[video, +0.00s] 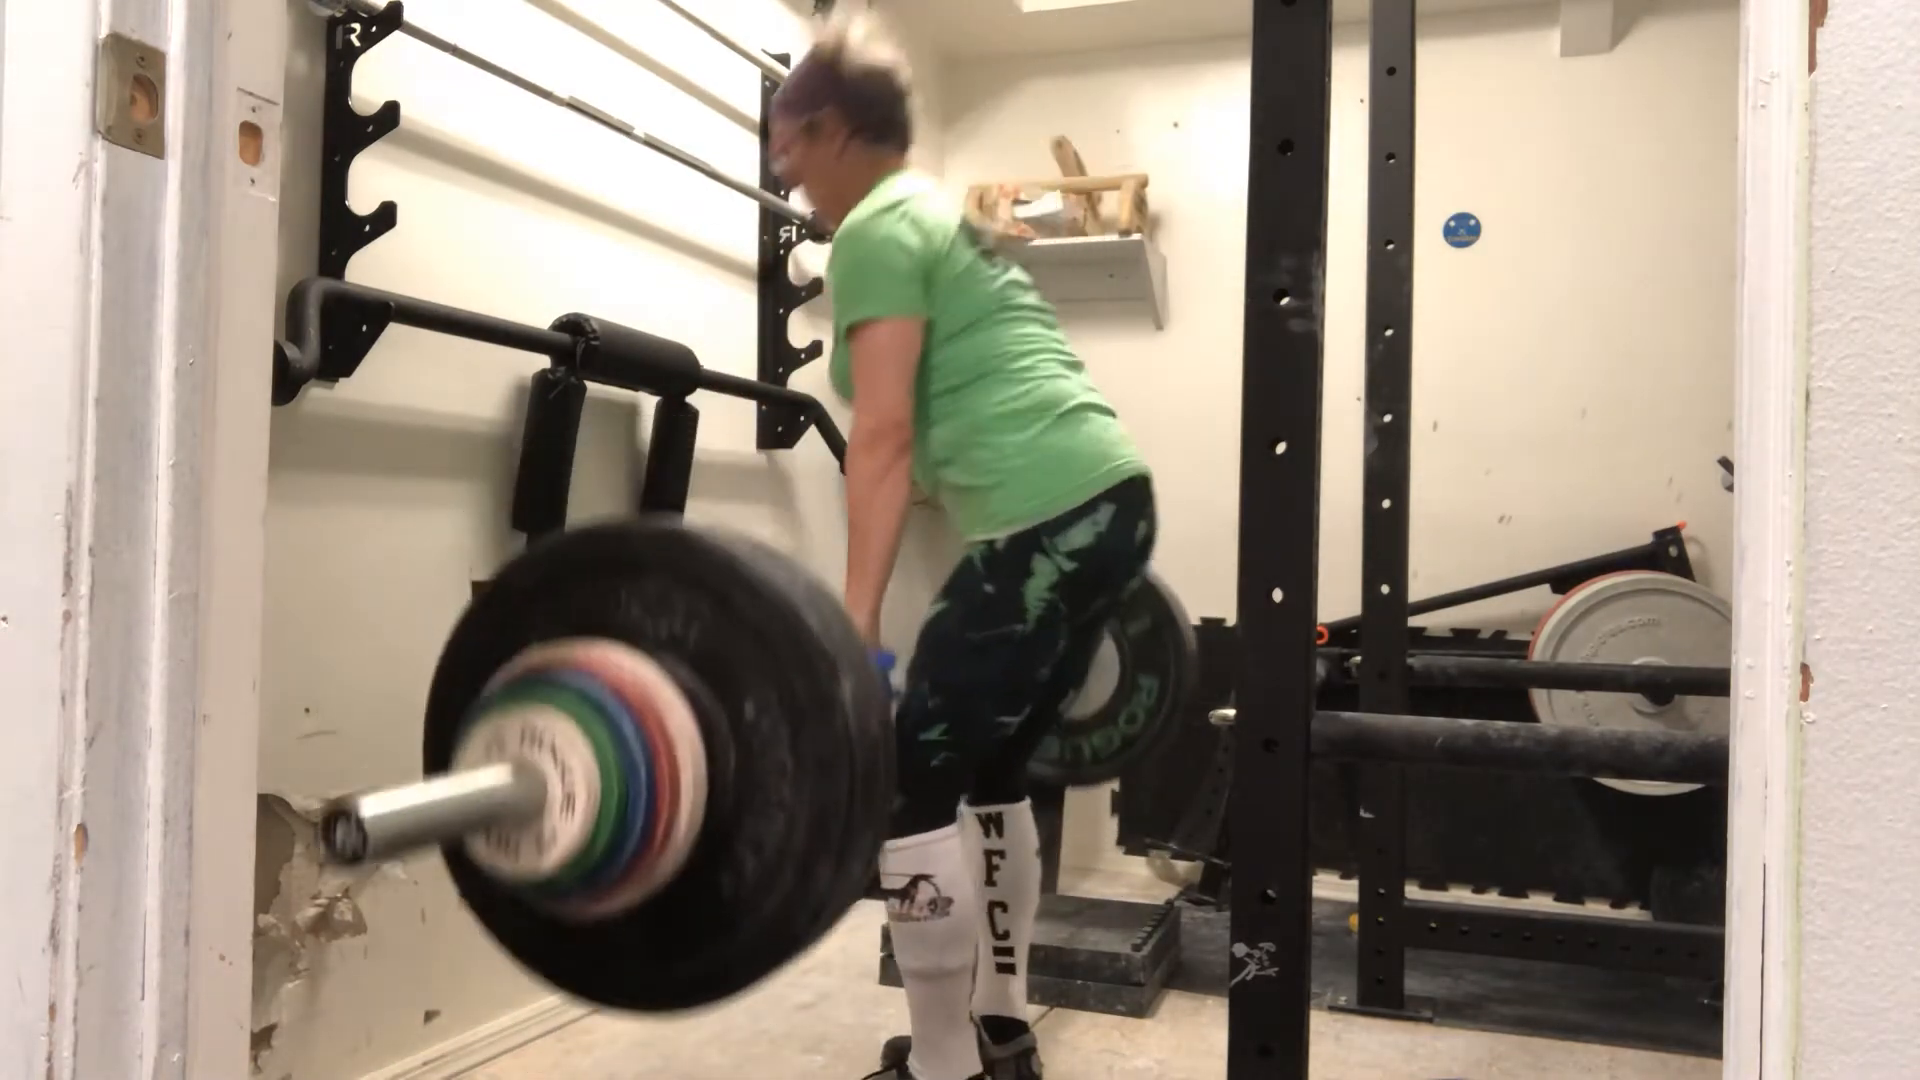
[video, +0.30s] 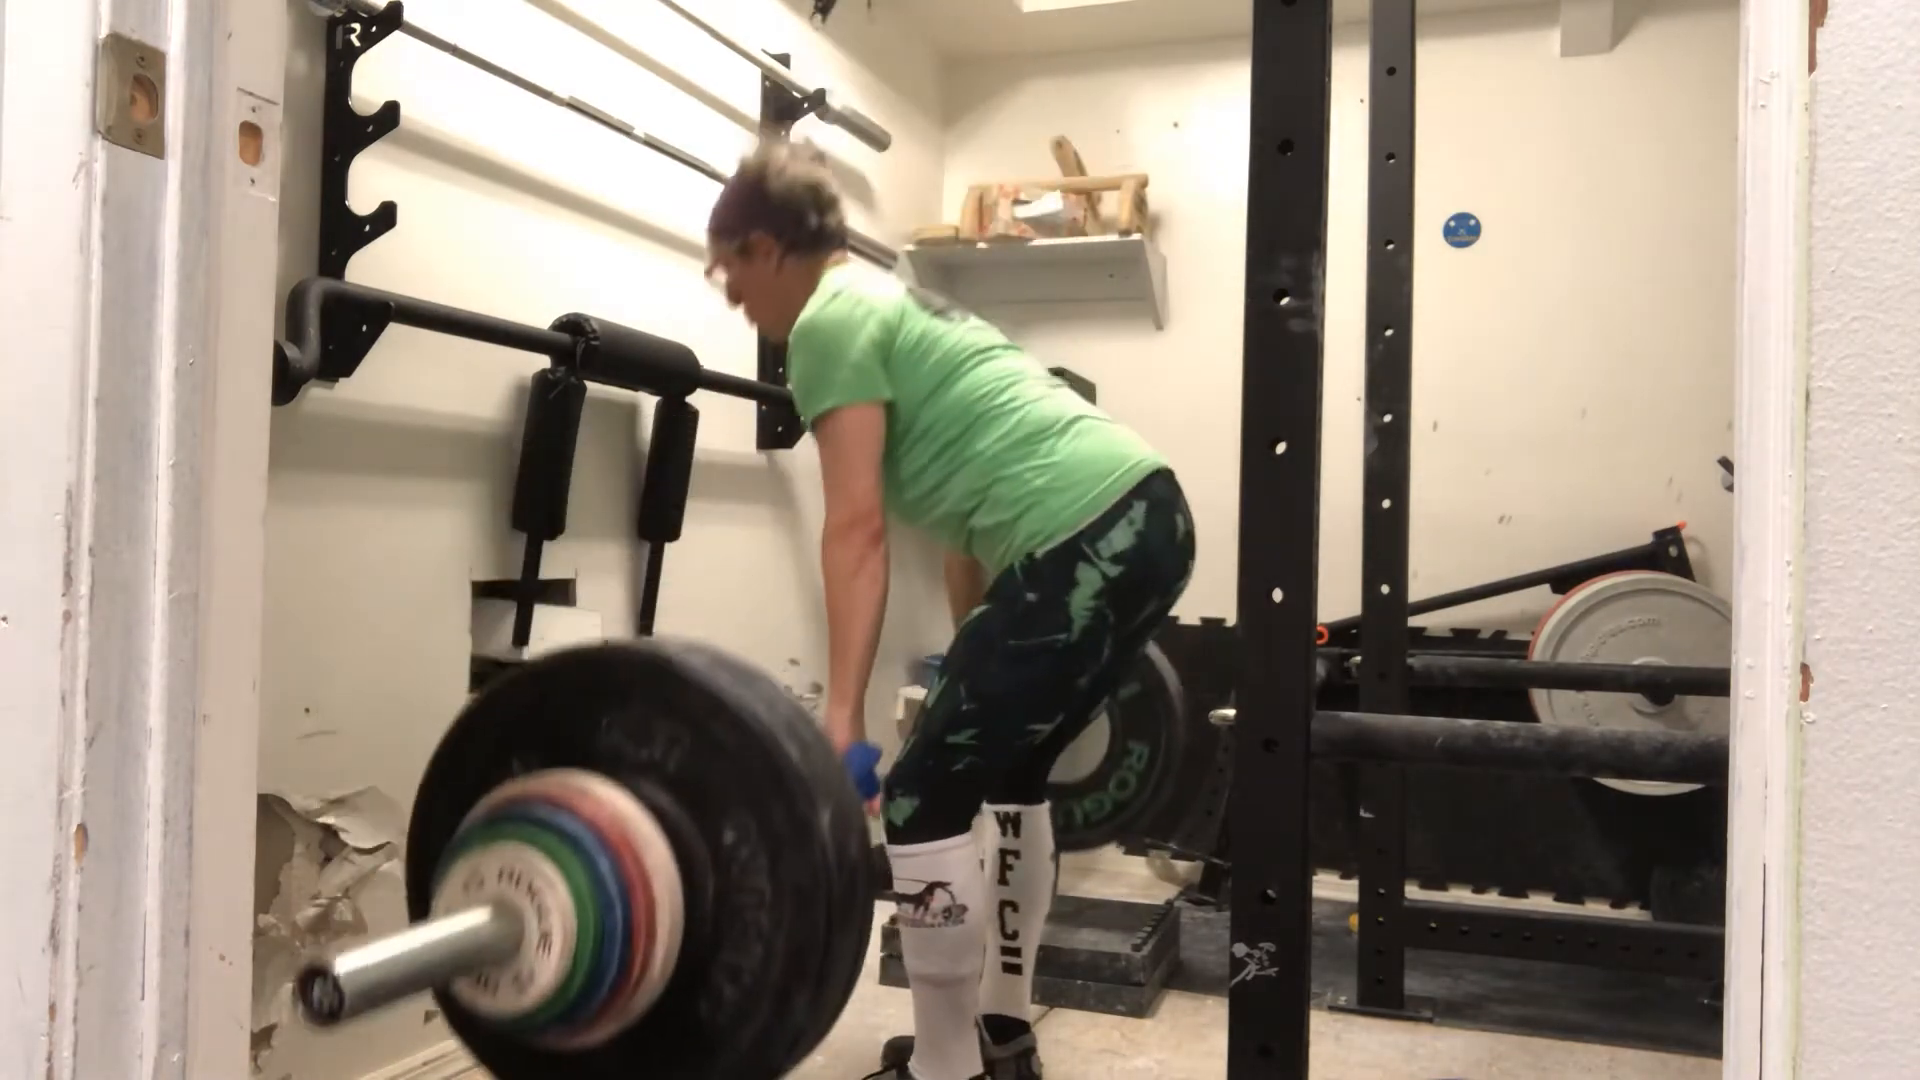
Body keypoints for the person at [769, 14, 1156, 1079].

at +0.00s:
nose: (784, 172)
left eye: (791, 145)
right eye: (782, 150)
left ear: (846, 130)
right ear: (863, 133)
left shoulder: (880, 230)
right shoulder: (935, 217)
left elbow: (883, 441)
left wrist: (856, 624)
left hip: (1050, 520)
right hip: (1101, 500)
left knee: (916, 769)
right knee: (995, 763)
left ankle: (941, 1061)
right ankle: (999, 1022)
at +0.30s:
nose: (725, 288)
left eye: (728, 263)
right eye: (720, 268)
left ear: (774, 249)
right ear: (803, 244)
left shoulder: (832, 320)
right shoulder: (895, 306)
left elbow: (859, 532)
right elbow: (960, 525)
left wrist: (841, 720)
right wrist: (980, 671)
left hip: (1082, 535)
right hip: (1137, 513)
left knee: (923, 795)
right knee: (1011, 778)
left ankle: (943, 1063)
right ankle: (1003, 1027)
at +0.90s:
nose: (685, 431)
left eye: (678, 408)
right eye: (673, 414)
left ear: (715, 377)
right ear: (769, 358)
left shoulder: (788, 432)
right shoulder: (845, 409)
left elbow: (829, 643)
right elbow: (939, 624)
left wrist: (832, 839)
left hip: (1085, 567)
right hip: (1138, 542)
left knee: (887, 808)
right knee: (980, 792)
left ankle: (942, 1057)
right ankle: (999, 1027)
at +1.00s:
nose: (686, 428)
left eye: (680, 403)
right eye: (674, 410)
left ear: (716, 373)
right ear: (772, 357)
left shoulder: (788, 432)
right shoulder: (849, 409)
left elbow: (827, 644)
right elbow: (935, 623)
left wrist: (832, 841)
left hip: (1087, 571)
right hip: (1139, 545)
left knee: (887, 808)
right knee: (982, 791)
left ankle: (942, 1058)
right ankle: (999, 1027)